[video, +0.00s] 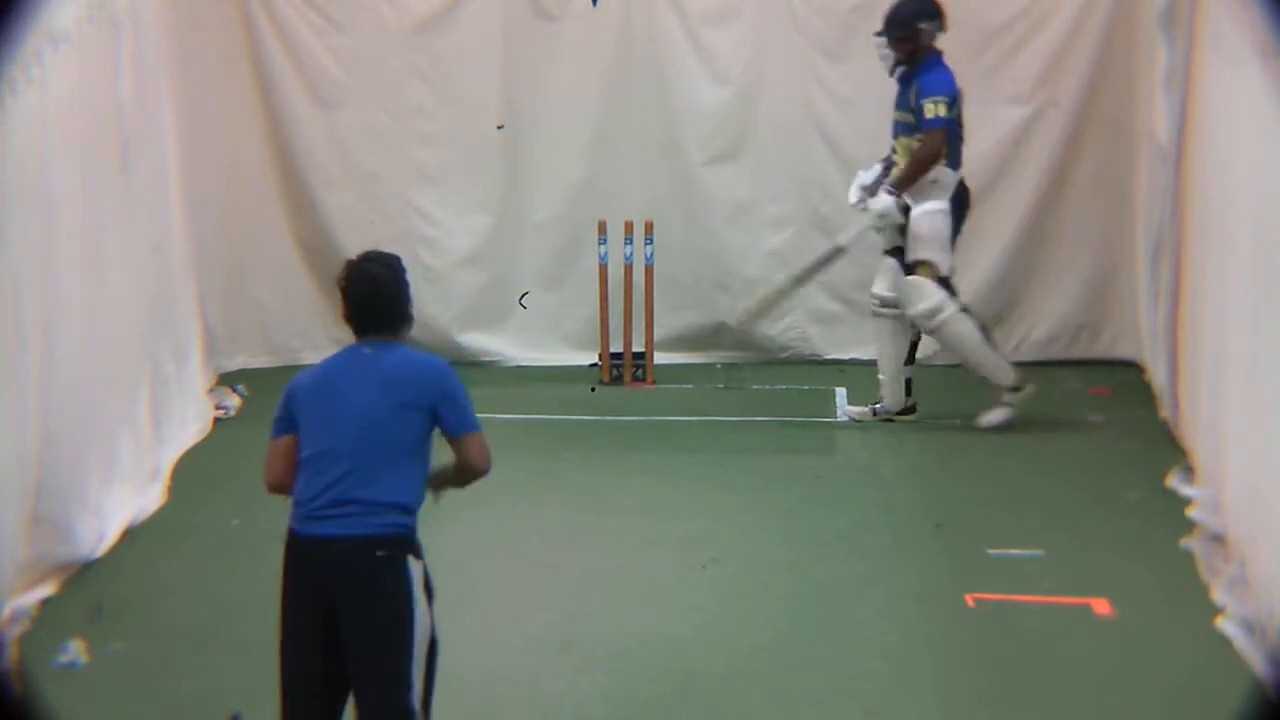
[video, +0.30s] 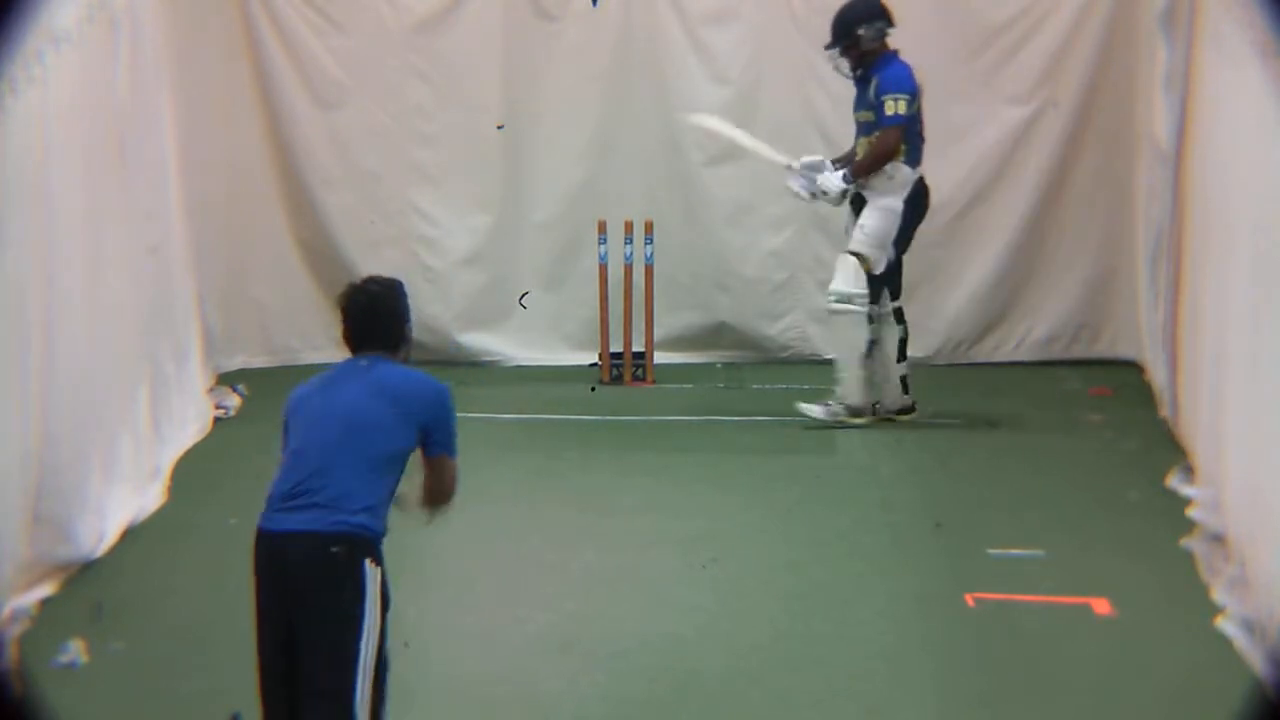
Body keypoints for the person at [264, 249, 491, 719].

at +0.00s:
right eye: (406, 298)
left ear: (346, 311)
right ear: (407, 310)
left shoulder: (308, 381)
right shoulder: (431, 373)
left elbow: (278, 477)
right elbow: (476, 461)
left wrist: (338, 473)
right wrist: (435, 478)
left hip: (310, 565)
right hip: (383, 565)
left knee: (307, 703)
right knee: (391, 704)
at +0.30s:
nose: (410, 334)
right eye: (409, 326)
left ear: (345, 337)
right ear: (406, 336)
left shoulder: (303, 393)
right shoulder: (425, 392)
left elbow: (296, 465)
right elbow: (440, 490)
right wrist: (420, 498)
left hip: (274, 549)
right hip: (343, 551)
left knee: (281, 689)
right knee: (350, 694)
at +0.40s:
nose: (416, 333)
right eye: (415, 324)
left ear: (350, 338)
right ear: (409, 334)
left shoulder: (308, 393)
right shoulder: (427, 394)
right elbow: (430, 499)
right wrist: (392, 540)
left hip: (273, 547)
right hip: (341, 551)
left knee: (280, 693)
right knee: (330, 699)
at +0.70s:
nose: (441, 328)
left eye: (437, 317)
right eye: (438, 318)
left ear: (377, 330)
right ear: (430, 326)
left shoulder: (356, 379)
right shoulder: (415, 382)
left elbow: (345, 470)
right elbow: (406, 475)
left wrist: (397, 530)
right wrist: (416, 530)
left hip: (280, 547)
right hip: (321, 554)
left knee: (290, 700)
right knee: (319, 704)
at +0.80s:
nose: (448, 322)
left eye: (444, 311)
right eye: (444, 312)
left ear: (387, 324)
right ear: (431, 321)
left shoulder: (382, 377)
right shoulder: (395, 383)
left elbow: (386, 479)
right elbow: (376, 474)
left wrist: (447, 510)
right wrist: (423, 515)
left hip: (311, 560)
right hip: (312, 562)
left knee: (327, 704)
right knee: (320, 708)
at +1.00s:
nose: (448, 335)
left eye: (448, 324)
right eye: (443, 323)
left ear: (412, 323)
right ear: (409, 322)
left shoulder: (411, 396)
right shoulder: (353, 391)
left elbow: (422, 463)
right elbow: (314, 478)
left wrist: (487, 453)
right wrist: (385, 537)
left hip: (373, 581)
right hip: (329, 583)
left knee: (382, 707)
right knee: (345, 712)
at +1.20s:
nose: (448, 339)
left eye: (449, 326)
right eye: (440, 326)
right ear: (398, 319)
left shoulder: (432, 397)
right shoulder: (336, 394)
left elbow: (445, 482)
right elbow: (296, 482)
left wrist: (485, 457)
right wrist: (379, 531)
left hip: (415, 586)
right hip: (343, 590)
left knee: (443, 710)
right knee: (342, 712)